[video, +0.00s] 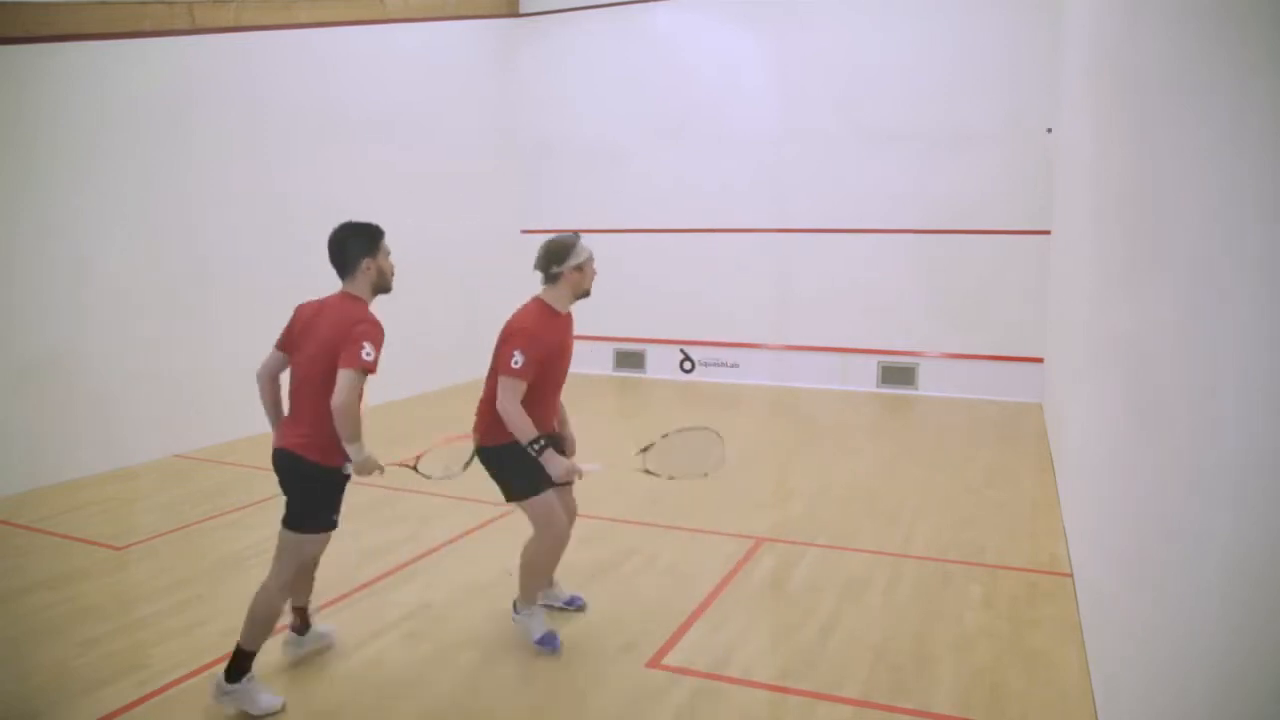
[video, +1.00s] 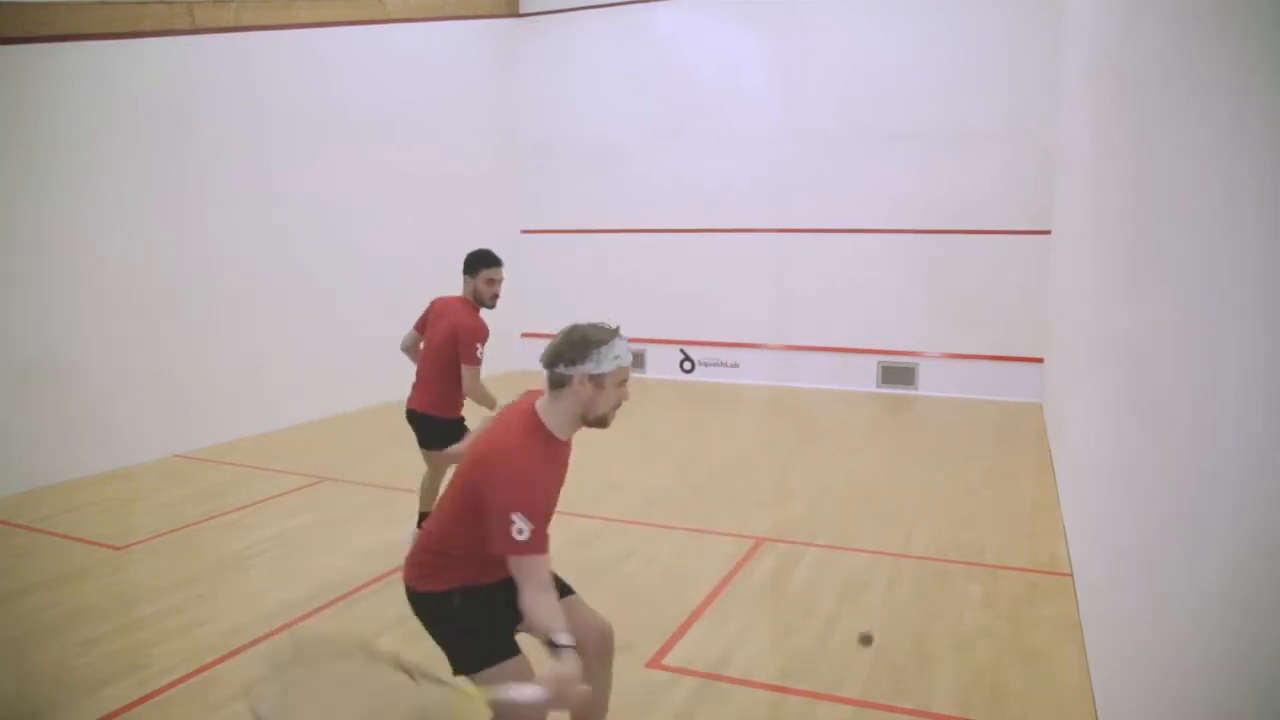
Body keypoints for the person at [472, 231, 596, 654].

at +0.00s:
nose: (594, 272)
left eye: (592, 264)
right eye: (588, 266)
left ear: (564, 272)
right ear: (565, 272)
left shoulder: (562, 316)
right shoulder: (527, 327)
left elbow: (548, 382)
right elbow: (507, 402)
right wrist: (545, 454)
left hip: (538, 430)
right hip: (502, 439)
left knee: (566, 512)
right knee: (552, 523)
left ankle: (543, 587)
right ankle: (525, 607)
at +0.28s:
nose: (610, 289)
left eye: (610, 280)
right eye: (605, 280)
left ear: (577, 282)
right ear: (577, 282)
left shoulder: (581, 335)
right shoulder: (520, 344)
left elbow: (566, 409)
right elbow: (500, 431)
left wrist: (571, 465)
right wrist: (532, 497)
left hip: (570, 471)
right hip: (516, 483)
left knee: (610, 567)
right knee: (548, 586)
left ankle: (591, 636)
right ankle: (556, 666)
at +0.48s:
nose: (625, 303)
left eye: (628, 292)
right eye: (623, 290)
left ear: (590, 287)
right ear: (592, 285)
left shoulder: (594, 346)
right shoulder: (523, 347)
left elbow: (576, 433)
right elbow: (502, 442)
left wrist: (595, 494)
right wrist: (526, 511)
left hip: (574, 502)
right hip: (512, 505)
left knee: (588, 622)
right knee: (538, 625)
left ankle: (590, 717)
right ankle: (530, 674)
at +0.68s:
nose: (629, 340)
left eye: (632, 330)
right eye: (627, 329)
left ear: (595, 321)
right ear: (595, 321)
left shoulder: (597, 371)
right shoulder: (514, 382)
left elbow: (609, 426)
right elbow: (478, 482)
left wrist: (653, 474)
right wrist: (476, 542)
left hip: (556, 525)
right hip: (493, 533)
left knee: (602, 639)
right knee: (501, 668)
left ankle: (600, 718)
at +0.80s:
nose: (630, 372)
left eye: (632, 361)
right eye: (626, 360)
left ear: (593, 355)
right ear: (591, 354)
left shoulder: (588, 406)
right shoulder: (506, 417)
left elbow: (608, 425)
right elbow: (463, 513)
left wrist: (634, 447)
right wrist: (451, 565)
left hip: (539, 545)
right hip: (479, 557)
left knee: (604, 641)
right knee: (497, 689)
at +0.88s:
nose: (632, 392)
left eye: (634, 379)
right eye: (628, 380)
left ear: (593, 377)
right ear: (593, 375)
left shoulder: (583, 417)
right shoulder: (506, 441)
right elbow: (467, 542)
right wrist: (454, 597)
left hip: (524, 552)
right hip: (463, 570)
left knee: (606, 640)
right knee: (508, 701)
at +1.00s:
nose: (626, 397)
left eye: (626, 385)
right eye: (620, 385)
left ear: (584, 384)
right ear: (584, 383)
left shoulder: (541, 409)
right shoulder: (517, 462)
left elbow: (465, 455)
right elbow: (534, 583)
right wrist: (565, 651)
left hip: (502, 560)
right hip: (450, 583)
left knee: (596, 637)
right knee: (524, 702)